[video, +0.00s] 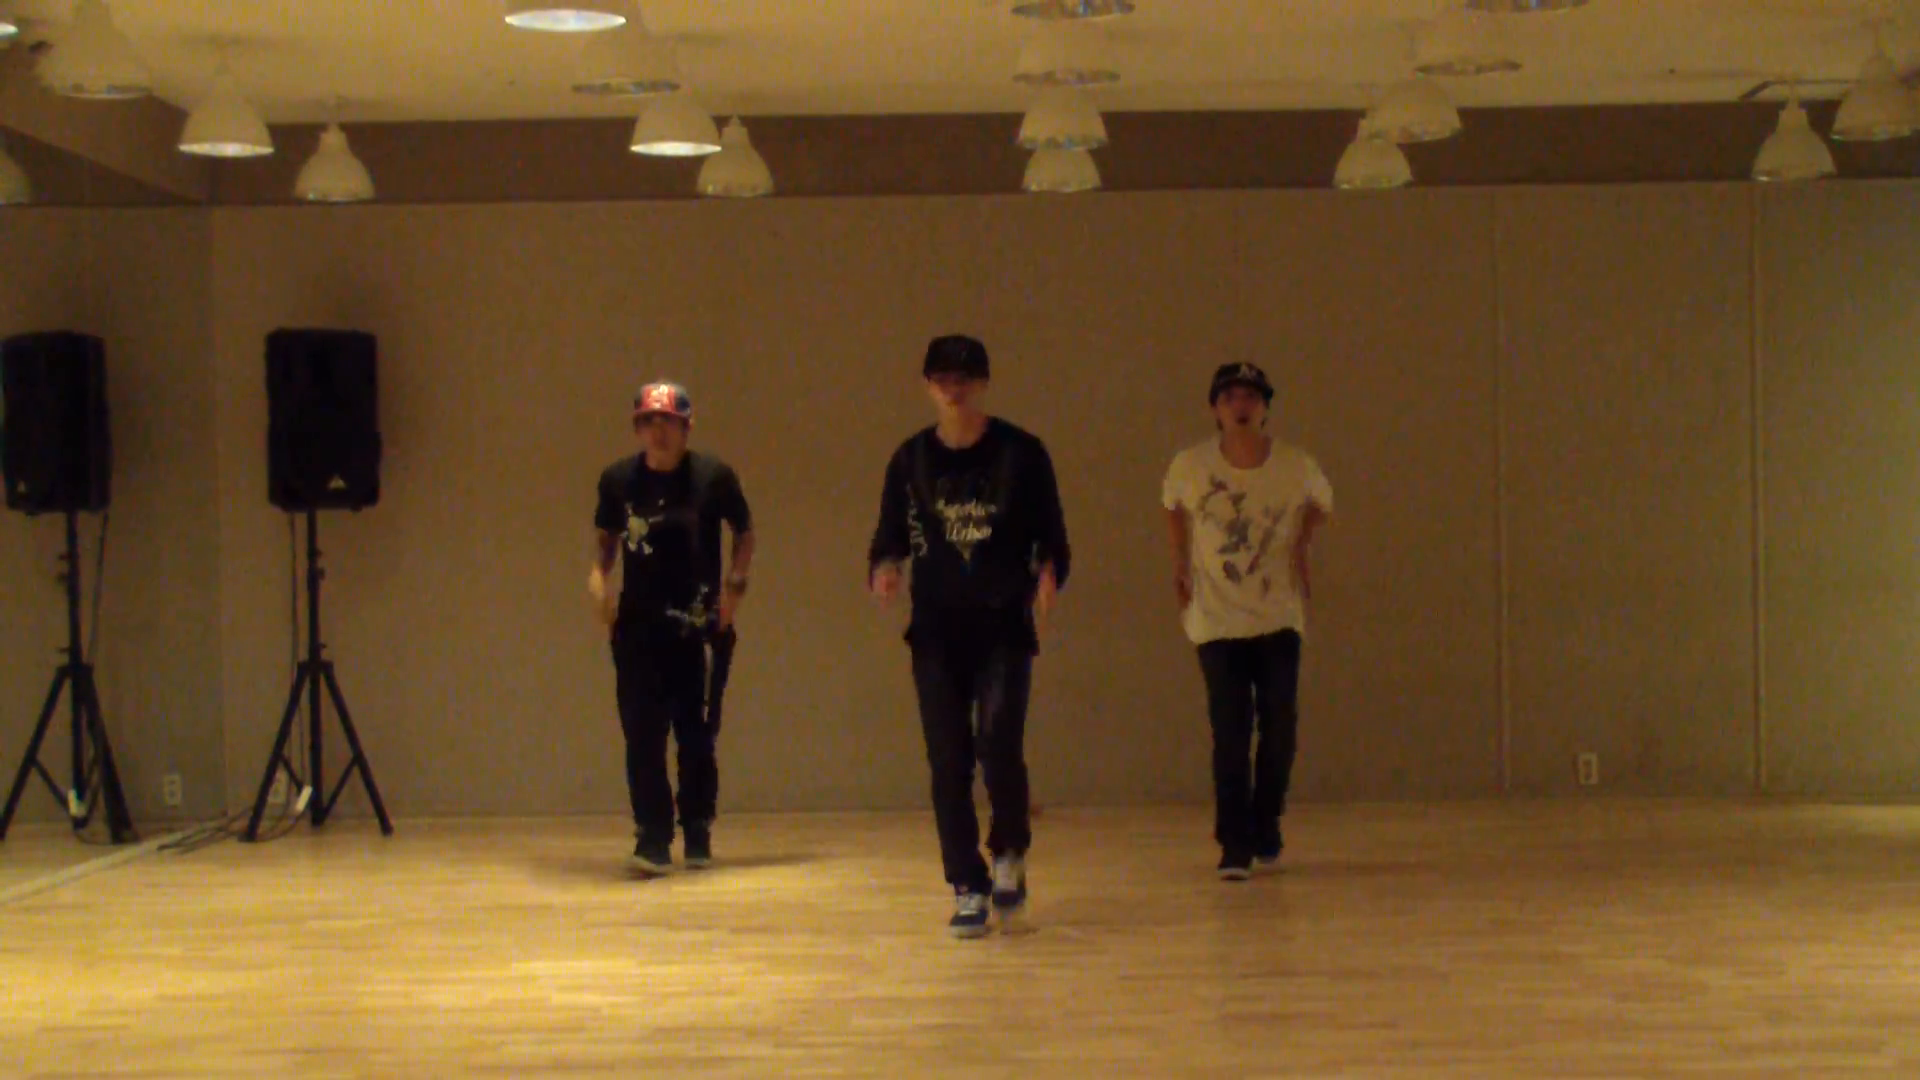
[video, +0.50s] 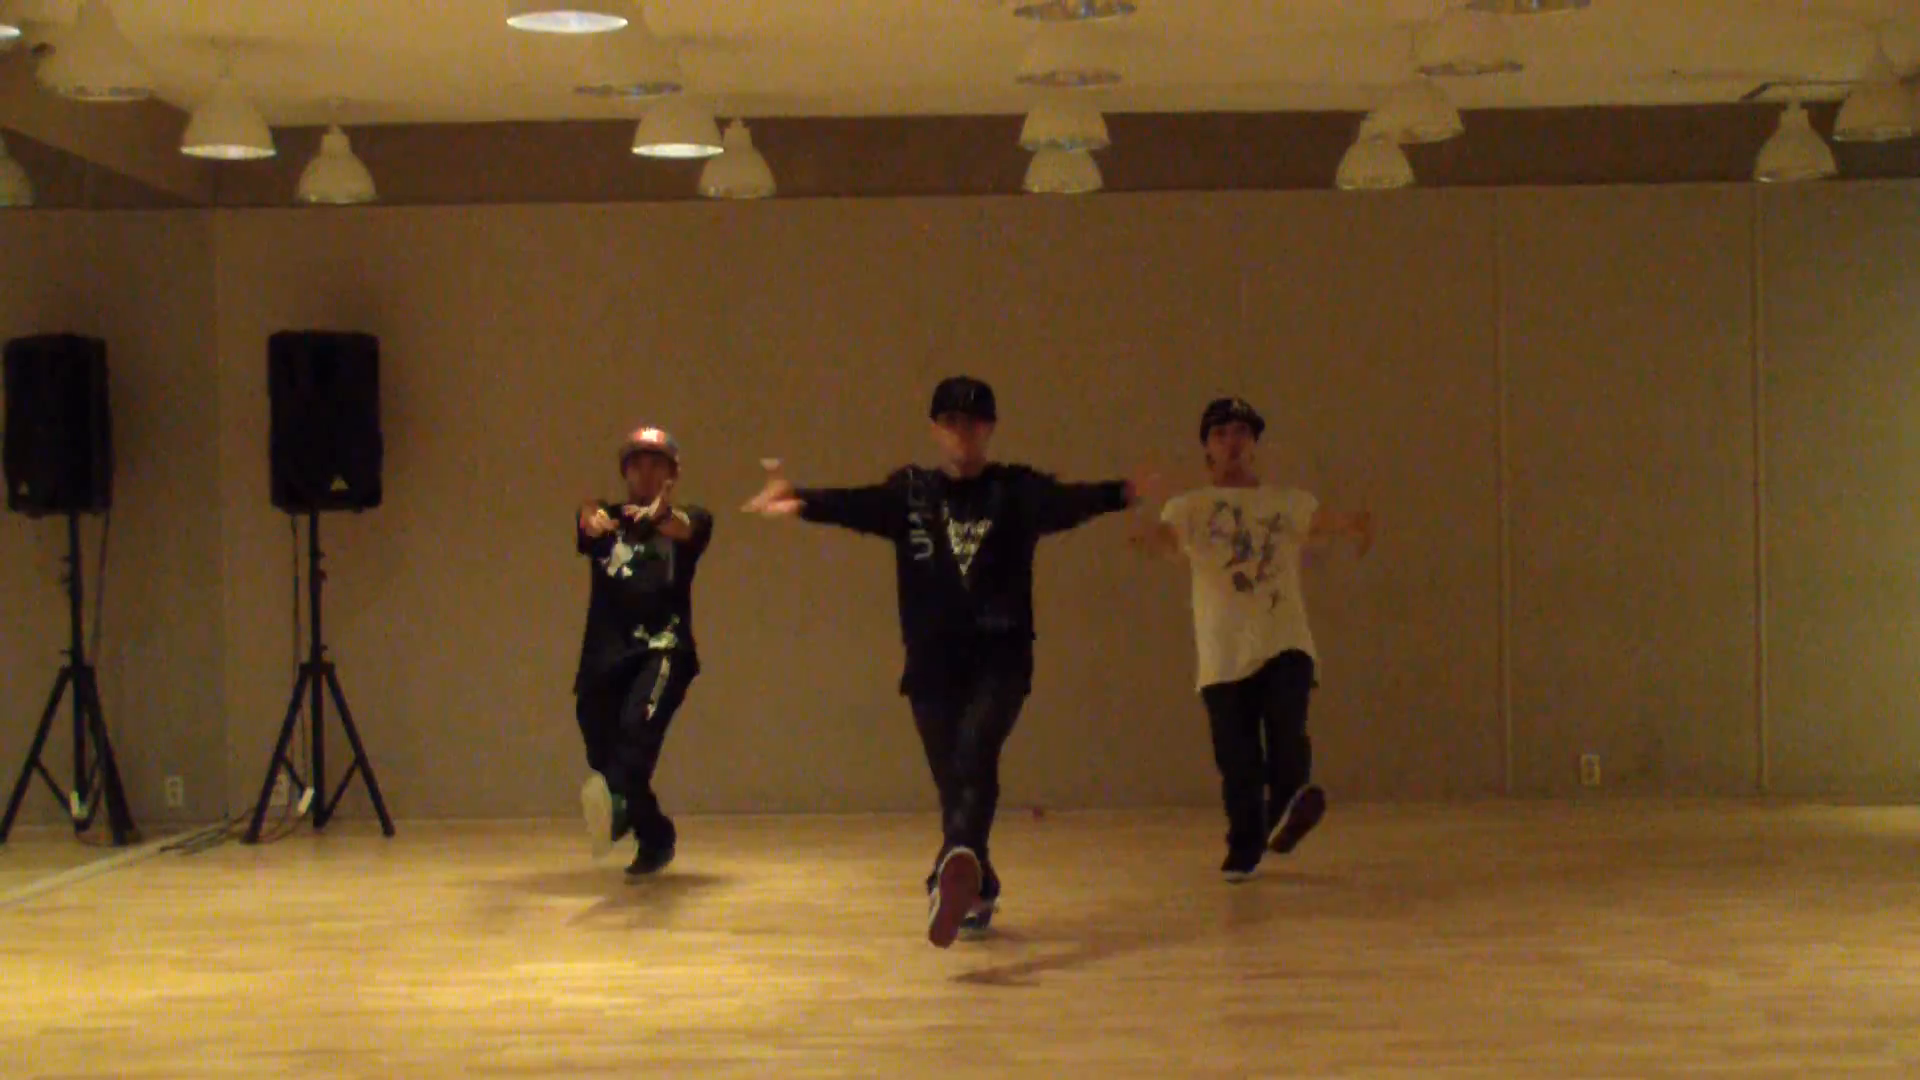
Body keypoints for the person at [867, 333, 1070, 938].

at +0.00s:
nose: (952, 391)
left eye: (963, 380)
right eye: (942, 381)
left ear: (983, 384)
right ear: (928, 386)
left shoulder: (1022, 453)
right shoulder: (911, 458)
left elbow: (1053, 535)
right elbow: (891, 533)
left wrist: (1049, 578)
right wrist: (886, 565)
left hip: (1006, 625)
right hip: (937, 628)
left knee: (998, 747)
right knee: (948, 760)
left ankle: (1009, 853)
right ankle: (967, 885)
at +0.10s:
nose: (953, 402)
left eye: (963, 391)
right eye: (942, 393)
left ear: (982, 395)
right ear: (926, 399)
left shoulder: (1019, 459)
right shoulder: (911, 464)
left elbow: (1054, 541)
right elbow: (897, 551)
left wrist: (1044, 516)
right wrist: (889, 516)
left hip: (1005, 616)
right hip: (939, 623)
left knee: (983, 691)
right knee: (952, 760)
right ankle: (969, 884)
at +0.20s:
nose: (956, 400)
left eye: (966, 388)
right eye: (944, 390)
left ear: (984, 394)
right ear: (928, 397)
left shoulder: (1019, 453)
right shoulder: (913, 463)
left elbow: (1060, 541)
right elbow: (889, 558)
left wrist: (1042, 498)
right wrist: (894, 501)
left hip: (1005, 617)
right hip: (939, 625)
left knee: (976, 677)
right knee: (950, 764)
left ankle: (1001, 755)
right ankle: (970, 887)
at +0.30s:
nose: (961, 416)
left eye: (970, 403)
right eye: (949, 404)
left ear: (987, 404)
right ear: (931, 406)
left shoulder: (1014, 461)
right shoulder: (918, 470)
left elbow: (1045, 512)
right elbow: (895, 519)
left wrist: (1049, 491)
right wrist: (881, 489)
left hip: (1002, 627)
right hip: (937, 630)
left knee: (980, 730)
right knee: (951, 751)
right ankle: (966, 874)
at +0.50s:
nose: (965, 439)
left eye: (975, 427)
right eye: (954, 427)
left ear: (992, 430)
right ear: (935, 429)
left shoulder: (1016, 490)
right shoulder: (909, 495)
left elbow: (1068, 502)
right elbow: (854, 504)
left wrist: (1122, 493)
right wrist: (799, 501)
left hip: (1000, 658)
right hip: (933, 661)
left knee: (973, 755)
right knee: (952, 777)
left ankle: (952, 878)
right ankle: (977, 892)